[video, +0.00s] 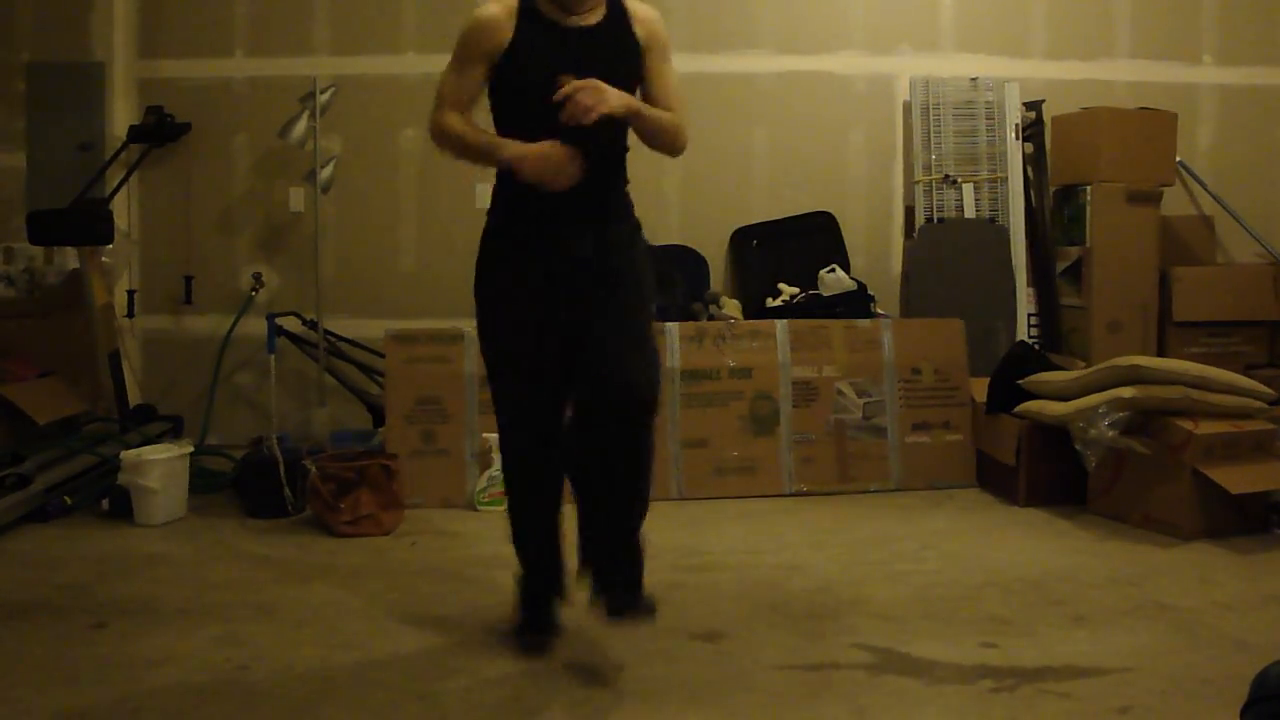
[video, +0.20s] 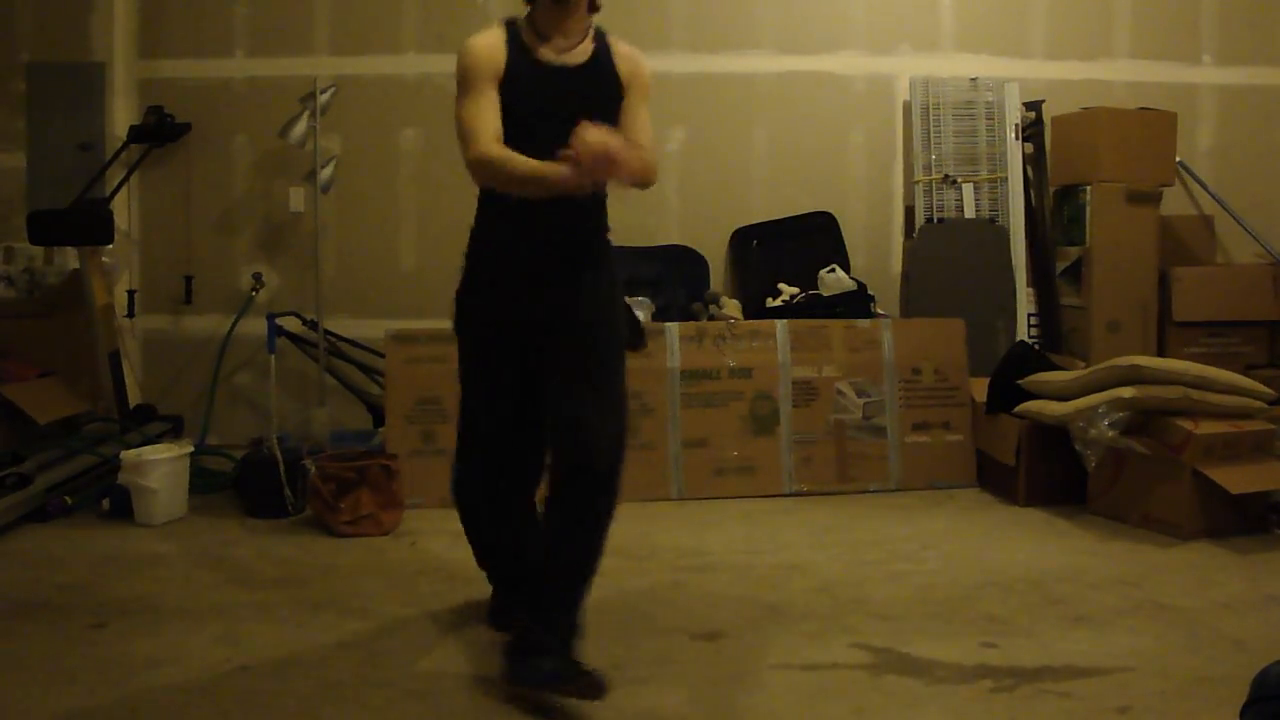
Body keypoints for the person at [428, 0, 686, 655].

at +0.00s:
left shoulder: (639, 26)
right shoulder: (496, 25)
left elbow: (675, 137)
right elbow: (445, 122)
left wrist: (625, 104)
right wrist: (518, 153)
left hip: (609, 248)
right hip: (521, 249)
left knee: (623, 408)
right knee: (530, 423)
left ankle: (617, 574)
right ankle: (538, 592)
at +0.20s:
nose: (570, 7)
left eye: (579, 0)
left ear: (593, 0)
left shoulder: (626, 64)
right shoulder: (486, 53)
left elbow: (644, 168)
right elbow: (482, 159)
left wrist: (609, 149)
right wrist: (571, 175)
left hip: (584, 287)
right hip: (499, 283)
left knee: (592, 463)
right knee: (492, 462)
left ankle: (545, 650)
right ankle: (517, 591)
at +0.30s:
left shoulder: (639, 57)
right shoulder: (503, 28)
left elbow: (638, 158)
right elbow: (475, 138)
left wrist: (627, 216)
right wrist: (530, 231)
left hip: (585, 269)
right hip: (492, 264)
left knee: (566, 452)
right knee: (482, 441)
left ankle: (492, 623)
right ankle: (487, 599)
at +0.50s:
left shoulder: (639, 40)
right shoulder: (507, 28)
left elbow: (640, 164)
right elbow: (416, 129)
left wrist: (659, 266)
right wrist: (336, 223)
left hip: (589, 272)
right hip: (516, 269)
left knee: (606, 457)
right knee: (543, 448)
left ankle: (486, 609)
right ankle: (466, 605)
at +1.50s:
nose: (216, 22)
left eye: (227, 7)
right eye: (209, 11)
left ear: (269, 8)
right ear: (213, 20)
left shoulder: (324, 75)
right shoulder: (255, 89)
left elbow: (404, 205)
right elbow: (291, 194)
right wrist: (286, 287)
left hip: (379, 291)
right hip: (323, 296)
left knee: (363, 474)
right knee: (293, 460)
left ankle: (522, 509)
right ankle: (342, 600)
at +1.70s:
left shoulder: (344, 17)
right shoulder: (257, 23)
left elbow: (471, 60)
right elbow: (289, 153)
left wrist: (595, 96)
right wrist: (276, 261)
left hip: (343, 275)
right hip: (293, 273)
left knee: (276, 450)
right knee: (284, 447)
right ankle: (421, 557)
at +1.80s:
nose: (288, 8)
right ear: (280, 3)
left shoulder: (373, 54)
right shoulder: (286, 49)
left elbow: (501, 74)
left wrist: (621, 68)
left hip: (314, 320)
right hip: (267, 314)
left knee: (206, 479)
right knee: (255, 485)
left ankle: (220, 663)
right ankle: (457, 528)